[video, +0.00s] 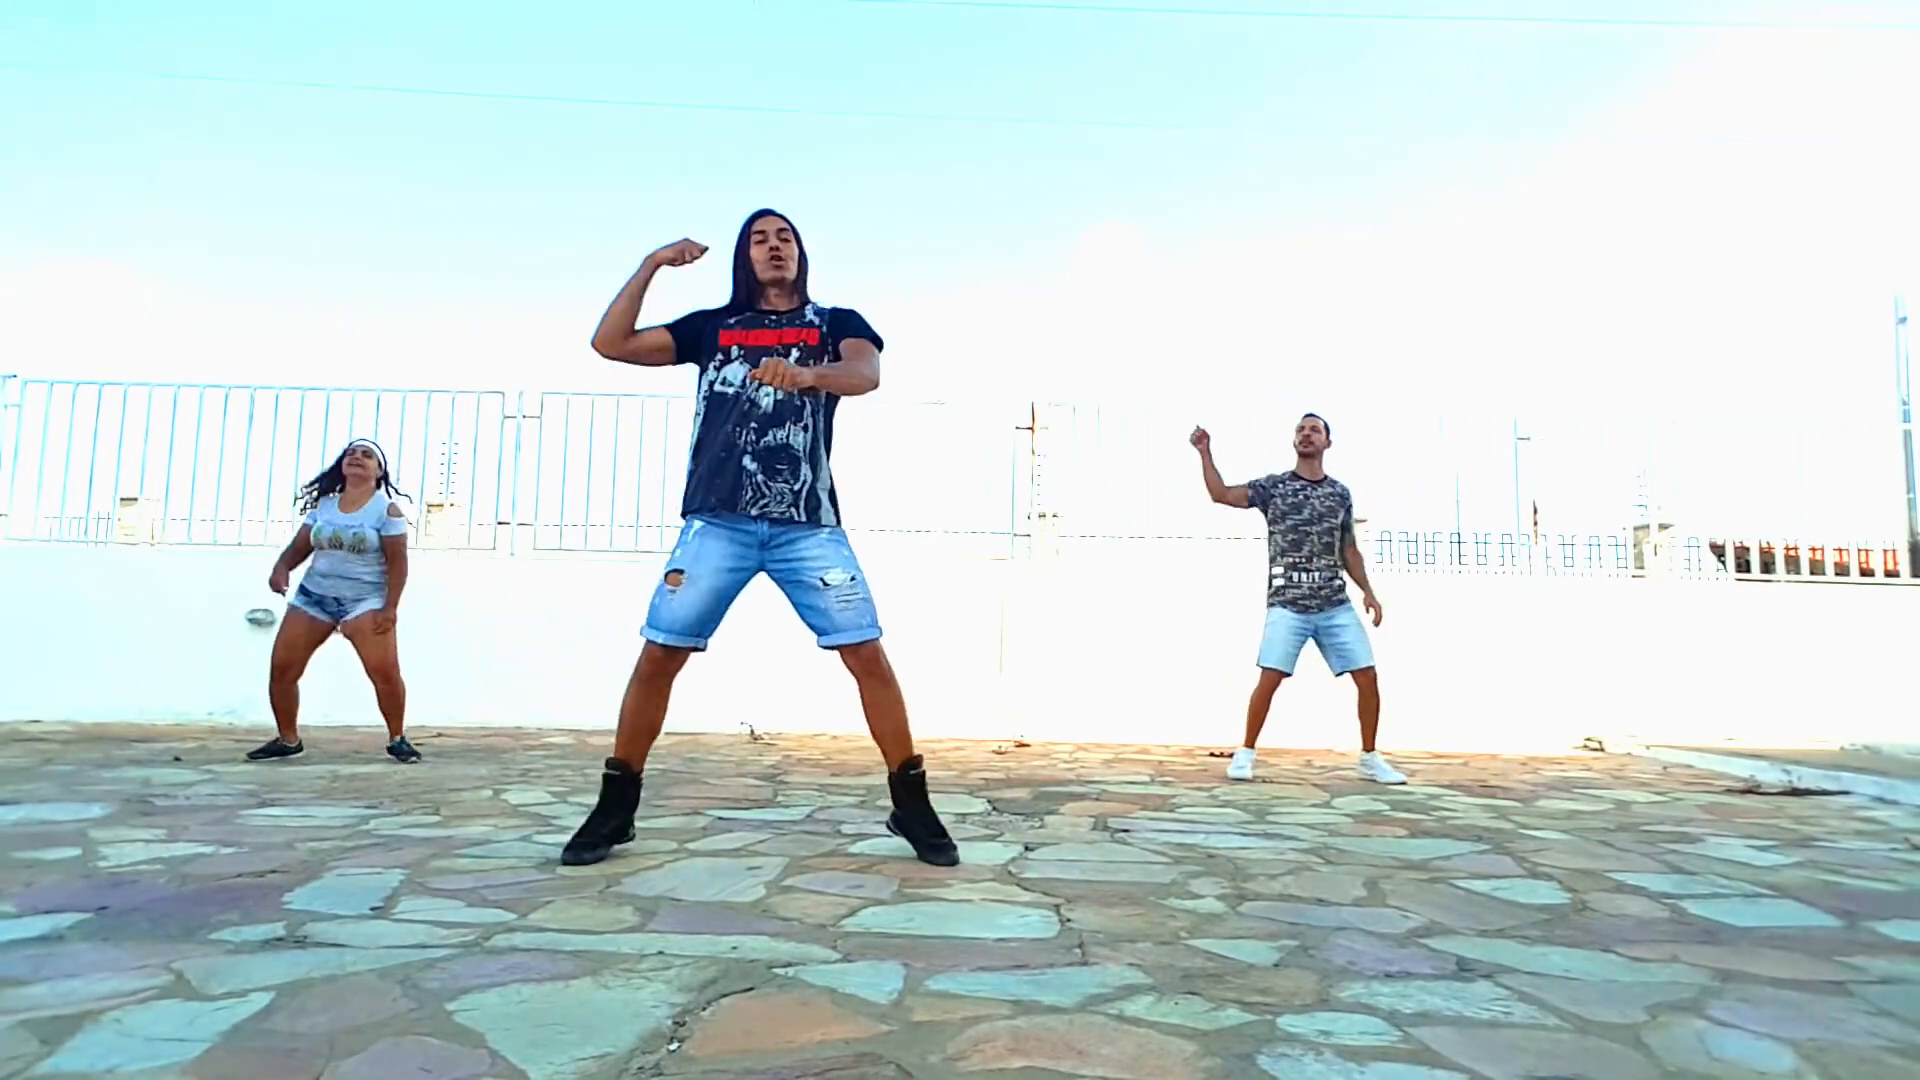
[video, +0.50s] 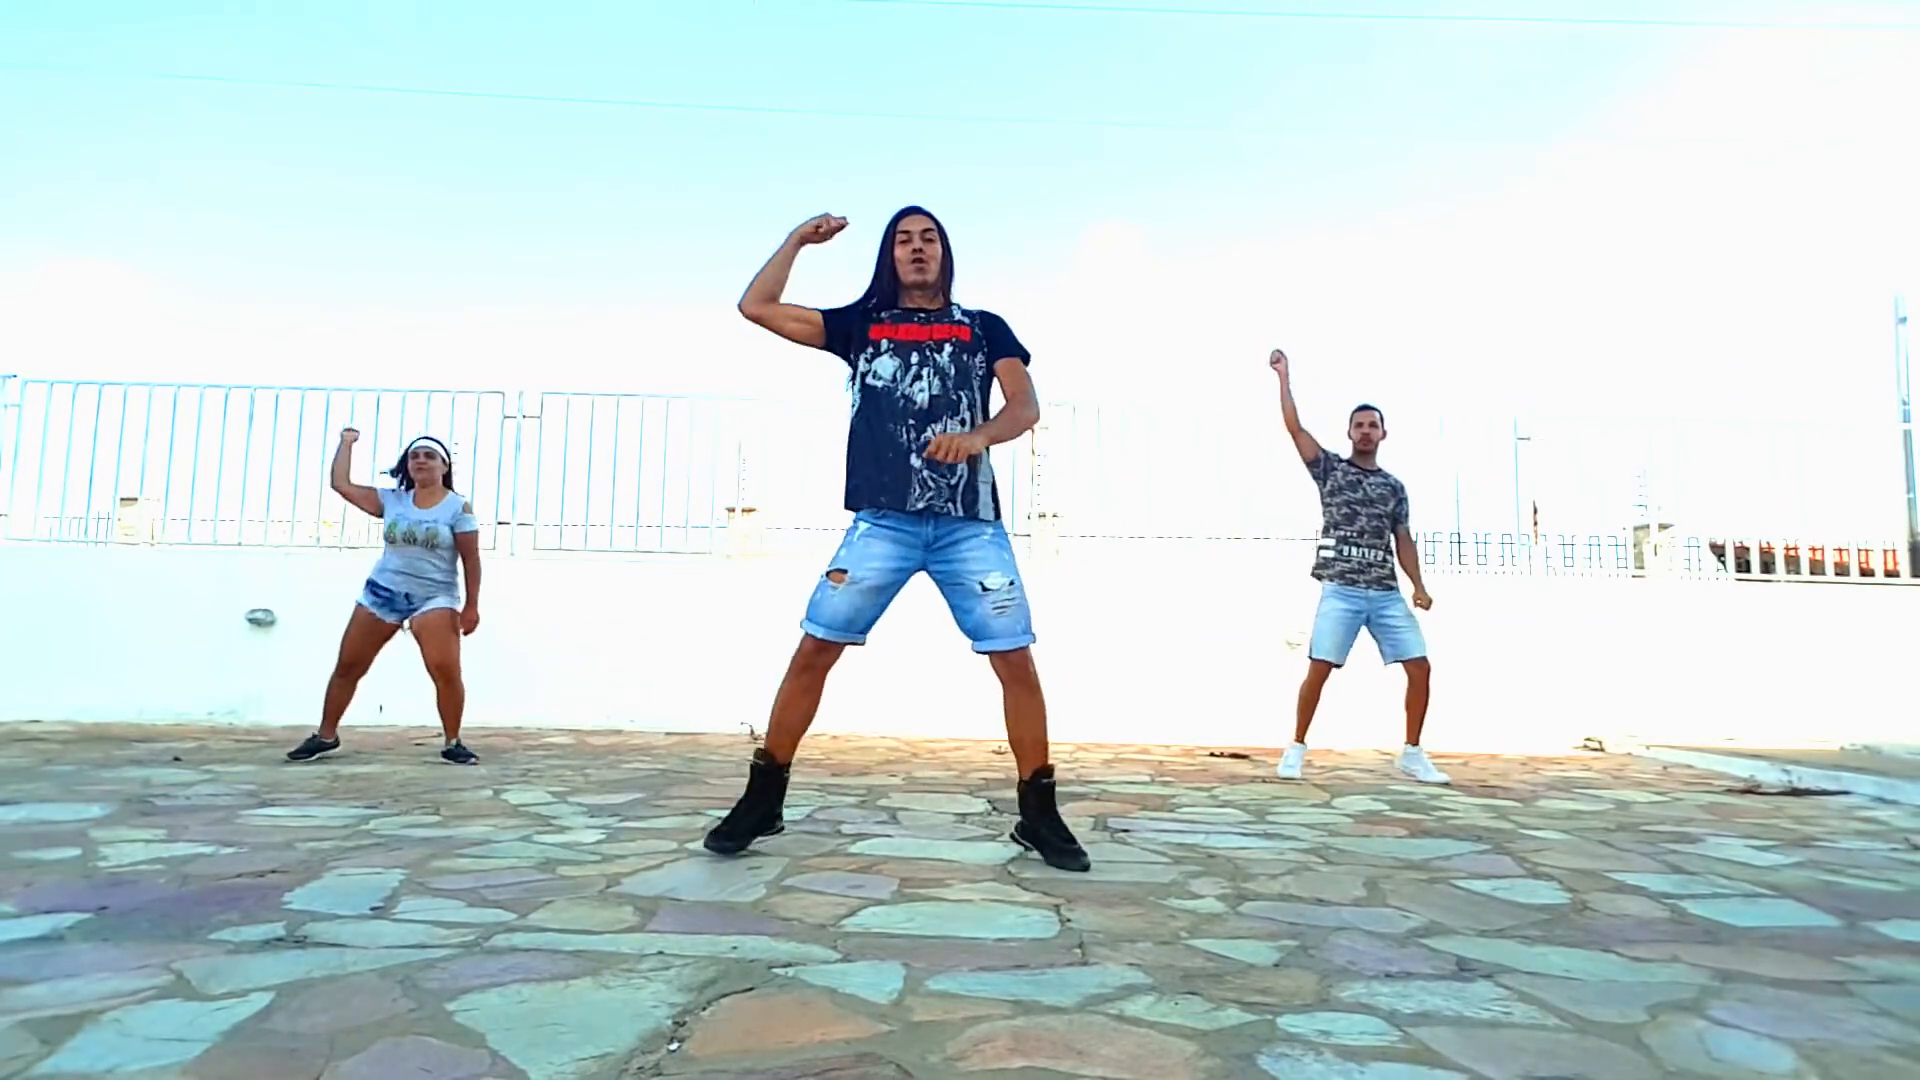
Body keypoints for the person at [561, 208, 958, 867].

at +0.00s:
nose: (773, 244)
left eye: (783, 236)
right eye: (760, 238)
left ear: (801, 256)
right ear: (742, 259)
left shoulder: (838, 321)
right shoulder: (713, 327)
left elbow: (864, 373)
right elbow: (613, 343)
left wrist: (807, 376)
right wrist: (648, 265)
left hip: (808, 525)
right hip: (718, 522)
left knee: (868, 653)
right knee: (659, 655)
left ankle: (912, 802)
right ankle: (615, 806)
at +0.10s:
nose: (800, 215)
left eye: (810, 208)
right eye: (787, 210)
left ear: (830, 226)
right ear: (769, 231)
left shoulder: (861, 306)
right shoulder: (738, 284)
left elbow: (881, 375)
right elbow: (628, 277)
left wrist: (835, 377)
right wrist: (620, 212)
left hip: (842, 495)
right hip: (756, 493)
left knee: (897, 631)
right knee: (687, 622)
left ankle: (948, 781)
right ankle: (657, 785)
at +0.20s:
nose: (826, 229)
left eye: (837, 220)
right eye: (813, 222)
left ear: (854, 238)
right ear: (792, 240)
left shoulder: (882, 314)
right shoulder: (763, 295)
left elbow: (909, 392)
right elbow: (671, 240)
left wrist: (857, 392)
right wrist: (601, 171)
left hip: (862, 507)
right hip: (778, 504)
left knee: (930, 634)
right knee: (712, 627)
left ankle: (998, 787)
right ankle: (726, 792)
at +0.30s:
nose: (847, 258)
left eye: (859, 249)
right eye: (834, 251)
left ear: (877, 267)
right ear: (818, 270)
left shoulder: (907, 342)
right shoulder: (786, 328)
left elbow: (954, 422)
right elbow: (701, 268)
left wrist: (888, 430)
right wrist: (655, 184)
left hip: (884, 541)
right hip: (796, 538)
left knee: (958, 662)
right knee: (743, 670)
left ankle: (1028, 806)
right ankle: (750, 812)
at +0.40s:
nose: (883, 271)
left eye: (894, 262)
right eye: (871, 263)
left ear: (910, 277)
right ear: (853, 279)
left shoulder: (945, 351)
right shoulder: (825, 349)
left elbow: (997, 426)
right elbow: (729, 318)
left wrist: (933, 451)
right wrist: (750, 227)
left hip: (923, 551)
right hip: (832, 548)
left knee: (987, 677)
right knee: (769, 671)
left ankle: (1031, 823)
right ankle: (749, 817)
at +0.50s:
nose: (917, 246)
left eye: (928, 237)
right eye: (905, 239)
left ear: (947, 254)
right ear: (888, 258)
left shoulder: (984, 328)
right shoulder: (860, 326)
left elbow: (1025, 408)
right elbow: (757, 305)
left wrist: (978, 436)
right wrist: (796, 240)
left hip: (971, 527)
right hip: (881, 523)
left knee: (1016, 660)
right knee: (813, 651)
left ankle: (1039, 811)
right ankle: (762, 800)